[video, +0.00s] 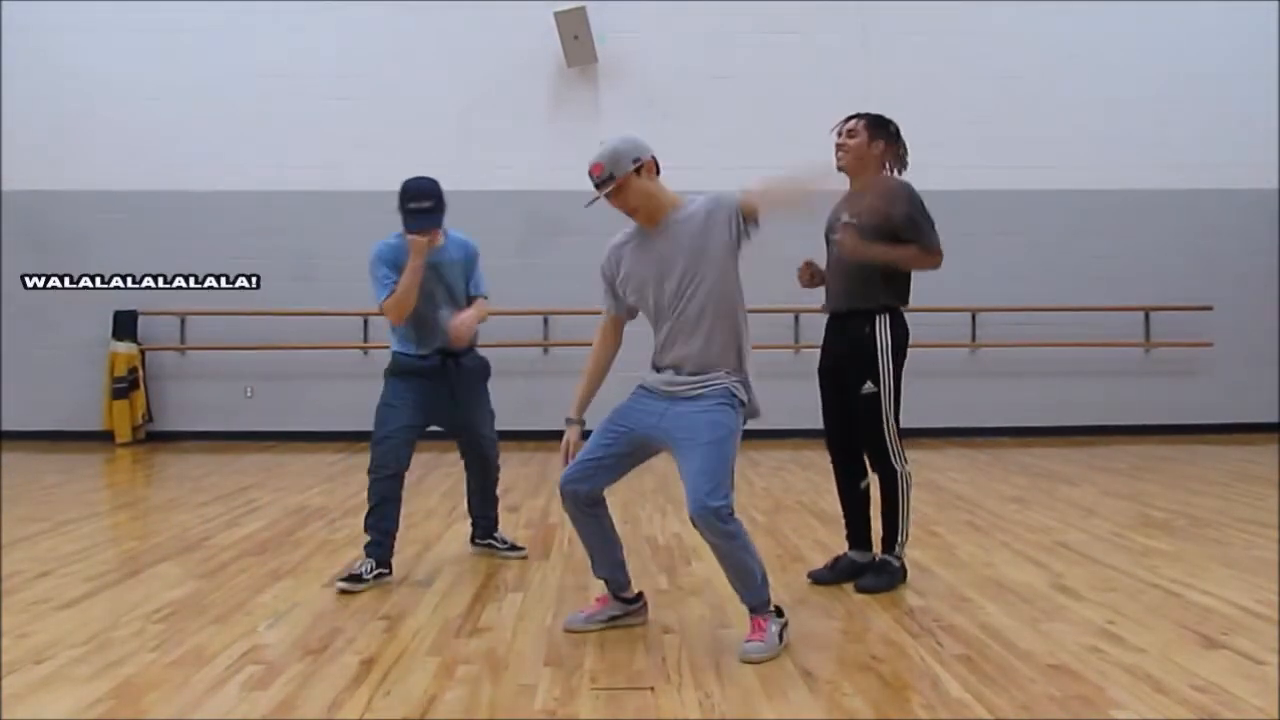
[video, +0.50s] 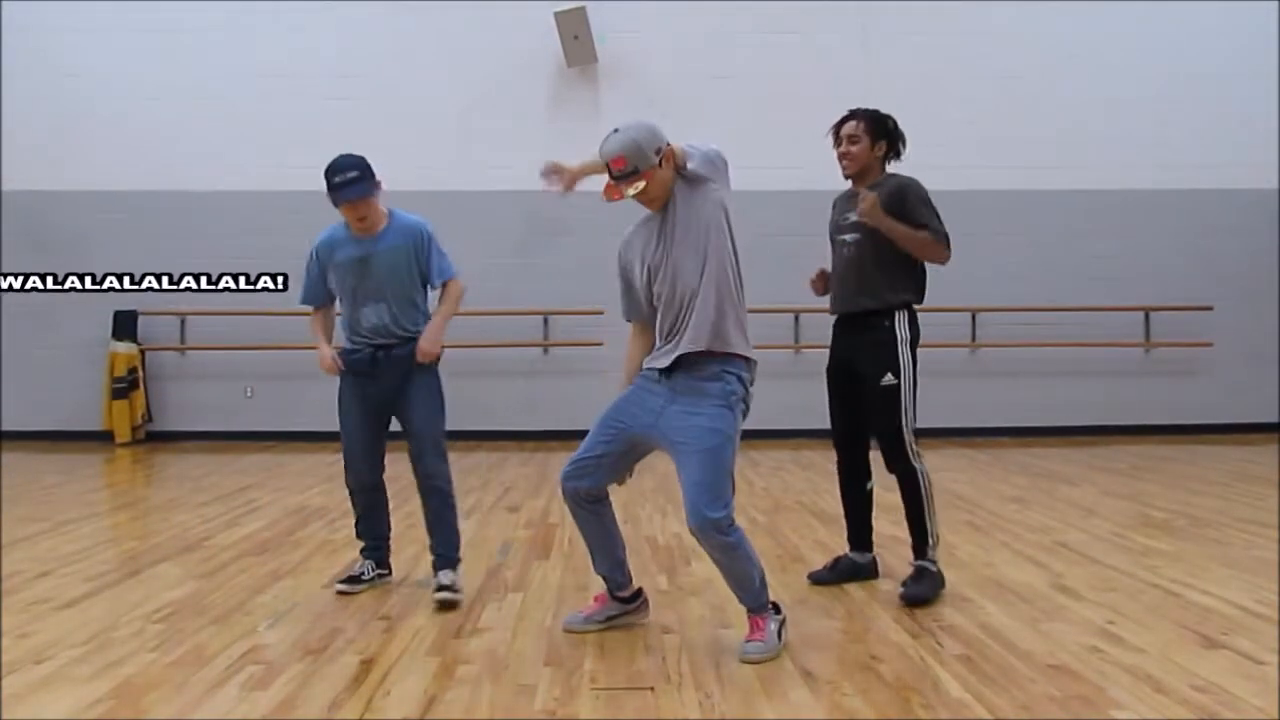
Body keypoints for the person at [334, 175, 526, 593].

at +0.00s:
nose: (427, 234)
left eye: (432, 225)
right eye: (417, 227)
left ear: (443, 217)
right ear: (403, 221)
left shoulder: (463, 250)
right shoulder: (387, 254)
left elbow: (481, 302)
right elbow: (395, 314)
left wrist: (471, 316)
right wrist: (417, 258)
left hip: (461, 372)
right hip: (409, 373)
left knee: (484, 452)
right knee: (387, 458)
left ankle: (485, 532)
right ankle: (377, 558)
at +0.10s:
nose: (401, 234)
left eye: (408, 225)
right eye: (392, 227)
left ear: (421, 215)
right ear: (379, 220)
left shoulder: (446, 247)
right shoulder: (365, 254)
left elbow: (466, 303)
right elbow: (369, 319)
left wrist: (466, 340)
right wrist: (393, 263)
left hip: (445, 369)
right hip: (393, 373)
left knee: (483, 447)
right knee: (376, 462)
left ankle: (486, 526)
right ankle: (376, 559)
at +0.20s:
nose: (387, 225)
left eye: (392, 215)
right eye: (377, 219)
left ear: (403, 204)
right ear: (362, 215)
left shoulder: (435, 242)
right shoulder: (347, 253)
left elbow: (457, 298)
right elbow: (335, 319)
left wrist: (464, 343)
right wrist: (363, 287)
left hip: (438, 365)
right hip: (382, 369)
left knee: (480, 447)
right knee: (370, 464)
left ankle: (484, 527)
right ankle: (375, 559)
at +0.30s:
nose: (373, 215)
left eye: (378, 205)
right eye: (363, 209)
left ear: (391, 194)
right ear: (349, 208)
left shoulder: (426, 237)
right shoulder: (335, 251)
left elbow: (452, 289)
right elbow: (321, 308)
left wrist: (456, 341)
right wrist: (335, 335)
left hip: (430, 364)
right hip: (372, 369)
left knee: (464, 450)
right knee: (367, 467)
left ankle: (479, 544)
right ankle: (375, 560)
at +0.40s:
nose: (364, 212)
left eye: (369, 201)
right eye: (353, 206)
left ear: (383, 190)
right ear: (340, 205)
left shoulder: (419, 234)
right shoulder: (330, 251)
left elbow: (451, 287)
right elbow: (319, 309)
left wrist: (447, 339)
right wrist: (324, 348)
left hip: (422, 364)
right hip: (365, 370)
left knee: (446, 461)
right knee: (365, 470)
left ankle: (470, 557)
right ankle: (375, 560)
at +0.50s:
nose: (356, 211)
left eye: (362, 200)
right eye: (346, 205)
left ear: (378, 189)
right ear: (333, 203)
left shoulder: (414, 233)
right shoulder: (326, 249)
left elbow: (452, 284)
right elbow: (320, 305)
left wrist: (435, 328)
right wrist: (324, 344)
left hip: (413, 363)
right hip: (358, 368)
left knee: (431, 466)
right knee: (361, 470)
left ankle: (446, 569)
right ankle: (375, 559)